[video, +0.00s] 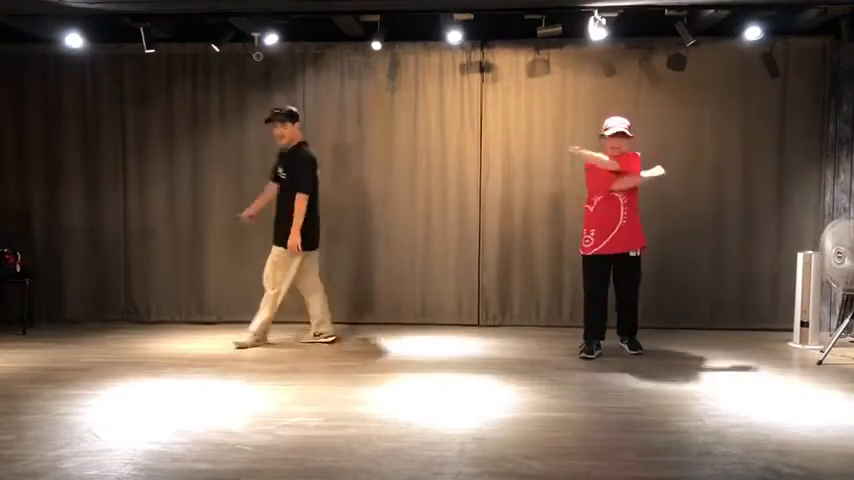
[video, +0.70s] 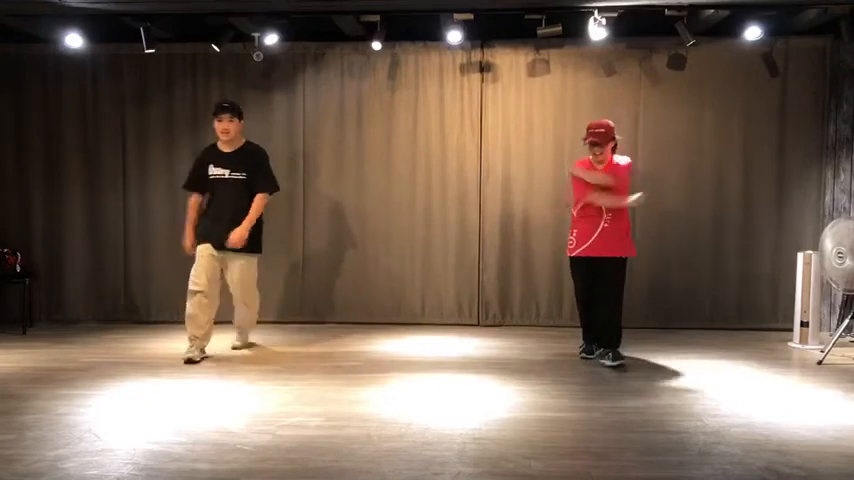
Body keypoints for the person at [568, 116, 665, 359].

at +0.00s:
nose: (616, 142)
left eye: (621, 137)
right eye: (611, 137)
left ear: (629, 141)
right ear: (603, 140)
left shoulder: (635, 161)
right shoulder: (593, 166)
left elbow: (611, 164)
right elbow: (616, 184)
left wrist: (584, 153)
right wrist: (646, 175)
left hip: (627, 240)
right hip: (597, 241)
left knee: (628, 293)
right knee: (595, 294)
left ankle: (628, 336)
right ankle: (592, 340)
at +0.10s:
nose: (609, 141)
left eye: (614, 136)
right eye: (604, 136)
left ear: (621, 139)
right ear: (594, 139)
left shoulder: (628, 158)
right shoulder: (587, 164)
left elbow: (623, 172)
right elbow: (596, 187)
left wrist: (586, 168)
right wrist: (628, 186)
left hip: (625, 238)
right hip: (594, 239)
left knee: (629, 291)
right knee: (594, 293)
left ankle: (629, 334)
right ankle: (592, 340)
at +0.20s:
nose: (601, 141)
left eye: (605, 136)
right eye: (595, 137)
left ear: (612, 139)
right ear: (587, 141)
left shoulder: (624, 162)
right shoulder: (579, 168)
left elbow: (647, 187)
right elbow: (564, 201)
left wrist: (633, 187)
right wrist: (573, 210)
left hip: (622, 240)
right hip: (590, 242)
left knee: (629, 291)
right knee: (591, 294)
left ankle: (630, 334)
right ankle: (592, 340)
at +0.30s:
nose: (590, 139)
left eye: (594, 133)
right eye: (585, 136)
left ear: (604, 136)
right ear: (581, 141)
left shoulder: (622, 163)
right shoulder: (575, 168)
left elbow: (648, 178)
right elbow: (553, 186)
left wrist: (673, 187)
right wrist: (529, 195)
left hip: (619, 243)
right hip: (586, 246)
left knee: (627, 294)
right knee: (589, 297)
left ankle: (629, 334)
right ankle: (591, 341)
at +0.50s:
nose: (591, 146)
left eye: (596, 141)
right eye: (586, 142)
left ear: (606, 142)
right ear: (581, 144)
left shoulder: (620, 163)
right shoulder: (573, 166)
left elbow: (645, 177)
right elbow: (546, 177)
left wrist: (668, 187)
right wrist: (524, 183)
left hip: (616, 246)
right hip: (584, 248)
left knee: (618, 298)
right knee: (588, 299)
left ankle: (621, 344)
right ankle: (591, 342)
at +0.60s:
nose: (591, 153)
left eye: (596, 148)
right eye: (587, 148)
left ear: (608, 145)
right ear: (582, 146)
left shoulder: (621, 166)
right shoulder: (574, 171)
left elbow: (645, 192)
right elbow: (551, 198)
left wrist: (625, 197)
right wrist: (559, 212)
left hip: (614, 248)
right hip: (583, 249)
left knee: (614, 298)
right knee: (586, 298)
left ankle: (616, 344)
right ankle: (590, 342)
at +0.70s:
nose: (595, 151)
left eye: (600, 145)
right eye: (591, 145)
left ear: (612, 145)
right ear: (586, 146)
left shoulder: (623, 164)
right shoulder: (579, 170)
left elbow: (608, 178)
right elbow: (593, 198)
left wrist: (577, 171)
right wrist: (626, 201)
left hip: (613, 247)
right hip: (583, 247)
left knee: (610, 299)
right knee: (586, 298)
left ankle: (609, 347)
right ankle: (590, 343)